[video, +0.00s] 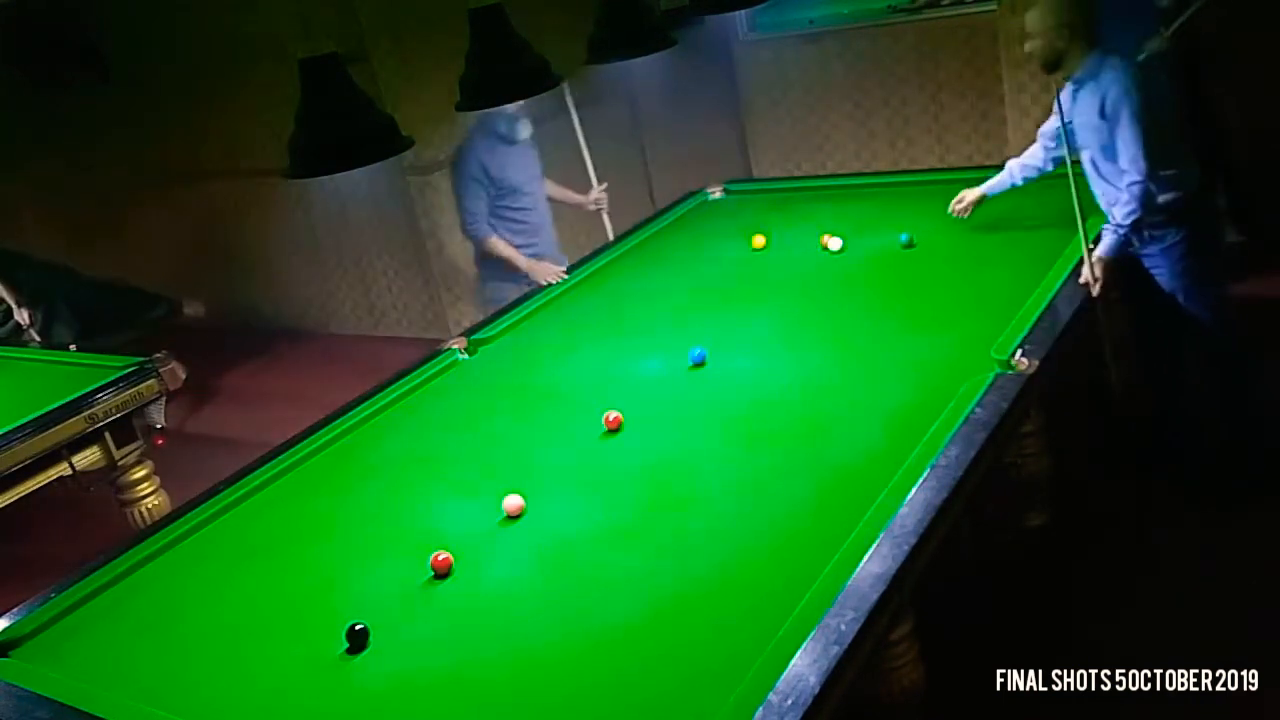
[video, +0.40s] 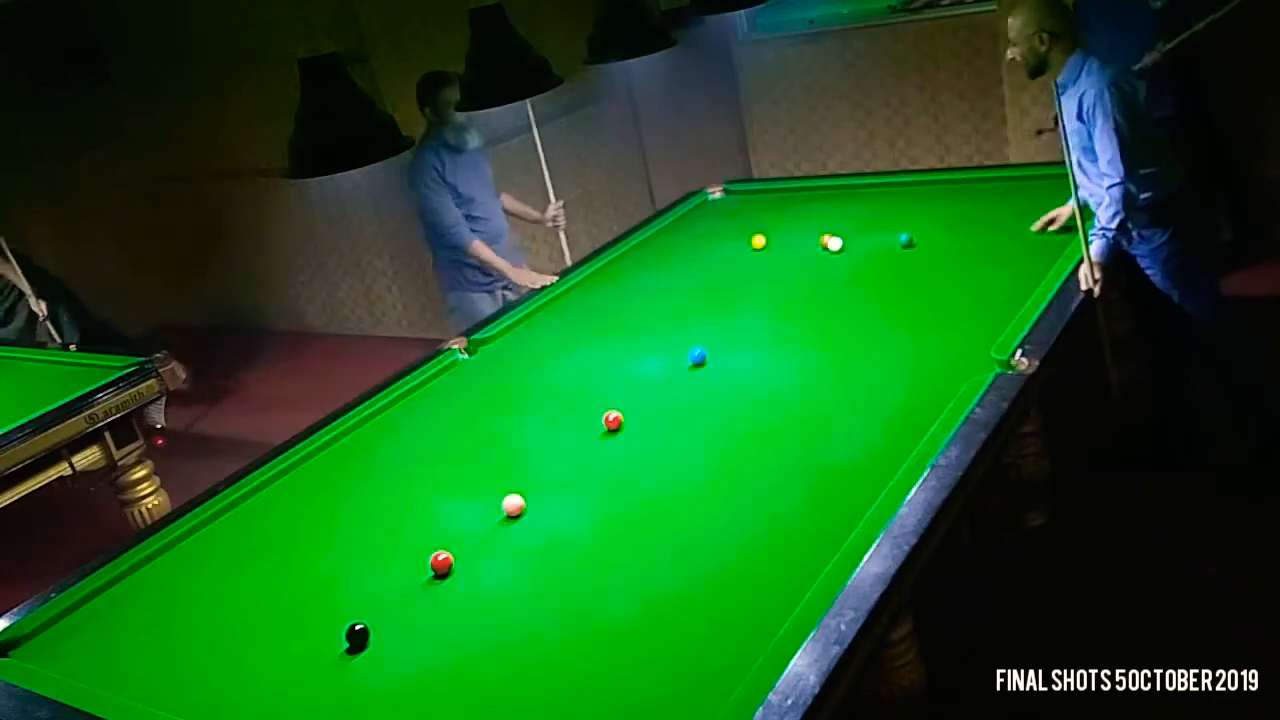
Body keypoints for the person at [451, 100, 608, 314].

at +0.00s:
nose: (519, 104)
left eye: (520, 98)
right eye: (508, 101)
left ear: (523, 100)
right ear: (490, 106)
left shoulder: (522, 139)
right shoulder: (472, 155)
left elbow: (536, 183)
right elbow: (476, 228)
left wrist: (583, 201)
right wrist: (530, 266)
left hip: (553, 274)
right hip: (509, 286)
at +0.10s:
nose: (502, 110)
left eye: (503, 103)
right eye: (491, 106)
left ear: (508, 103)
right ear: (472, 111)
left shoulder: (503, 143)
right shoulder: (455, 160)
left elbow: (521, 190)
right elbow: (466, 236)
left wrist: (570, 205)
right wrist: (523, 269)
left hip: (536, 280)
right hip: (493, 291)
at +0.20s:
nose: (487, 114)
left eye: (487, 106)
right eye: (474, 110)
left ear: (490, 104)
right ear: (450, 112)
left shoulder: (490, 143)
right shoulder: (440, 163)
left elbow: (509, 191)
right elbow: (458, 237)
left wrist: (558, 210)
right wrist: (516, 272)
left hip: (524, 278)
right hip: (481, 292)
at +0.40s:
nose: (462, 113)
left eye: (462, 104)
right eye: (452, 107)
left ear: (466, 102)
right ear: (429, 111)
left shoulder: (468, 145)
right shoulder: (425, 165)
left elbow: (493, 197)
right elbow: (459, 235)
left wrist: (541, 218)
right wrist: (513, 273)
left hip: (511, 271)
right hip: (472, 287)